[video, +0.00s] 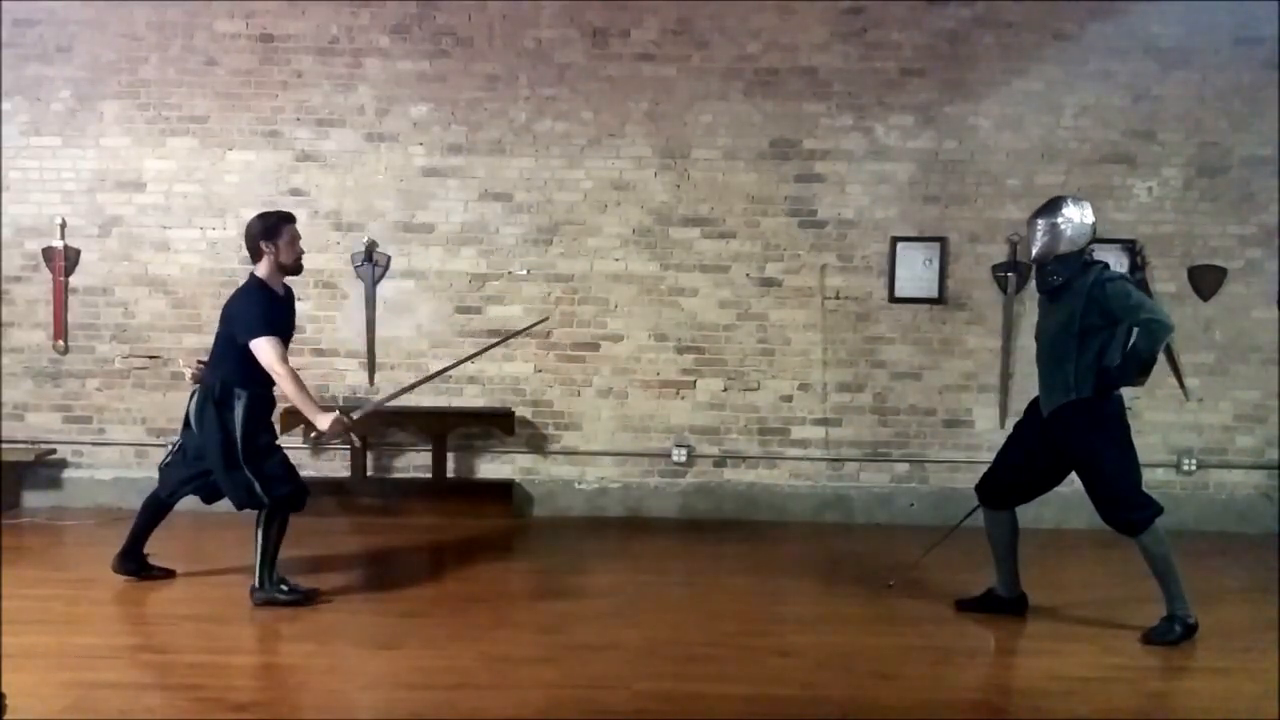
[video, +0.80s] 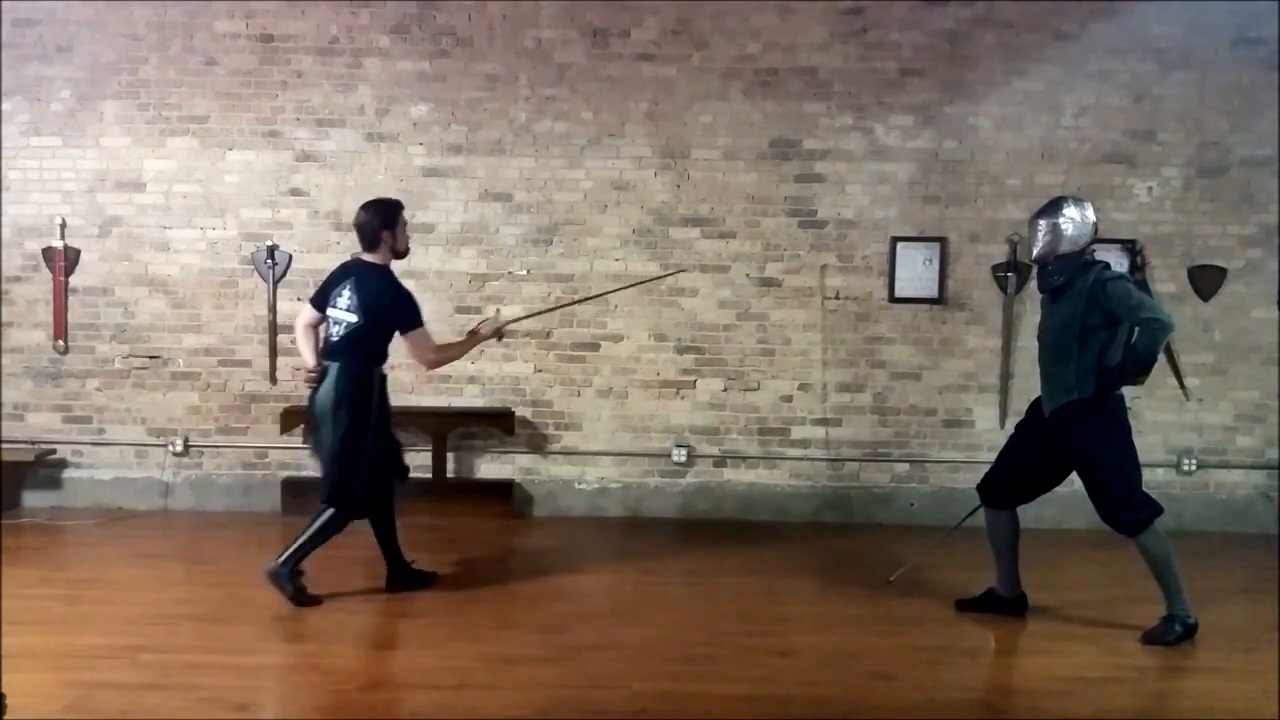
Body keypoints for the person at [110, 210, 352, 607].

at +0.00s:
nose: (302, 247)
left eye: (299, 239)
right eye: (294, 241)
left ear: (272, 249)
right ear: (268, 249)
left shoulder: (282, 295)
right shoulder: (251, 303)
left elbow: (249, 349)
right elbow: (279, 368)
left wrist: (213, 368)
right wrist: (318, 416)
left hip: (230, 409)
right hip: (228, 414)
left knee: (174, 483)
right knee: (281, 490)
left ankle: (129, 555)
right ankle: (266, 583)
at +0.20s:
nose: (329, 241)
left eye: (326, 233)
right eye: (322, 234)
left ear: (293, 241)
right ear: (298, 241)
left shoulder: (282, 284)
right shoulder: (287, 294)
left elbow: (256, 339)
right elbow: (299, 374)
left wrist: (228, 361)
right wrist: (351, 415)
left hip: (233, 390)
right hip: (253, 399)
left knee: (219, 477)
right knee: (288, 490)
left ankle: (165, 553)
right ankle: (267, 584)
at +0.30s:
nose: (343, 239)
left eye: (340, 231)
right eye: (337, 233)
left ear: (307, 241)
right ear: (314, 240)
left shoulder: (284, 280)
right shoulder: (303, 291)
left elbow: (253, 322)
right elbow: (312, 375)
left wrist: (230, 354)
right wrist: (369, 408)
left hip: (232, 388)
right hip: (261, 396)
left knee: (245, 484)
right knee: (293, 489)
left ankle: (217, 565)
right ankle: (268, 583)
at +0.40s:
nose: (354, 237)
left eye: (352, 229)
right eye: (349, 230)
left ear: (315, 239)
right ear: (328, 238)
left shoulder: (292, 275)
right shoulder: (320, 290)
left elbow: (252, 315)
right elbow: (329, 374)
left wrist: (239, 353)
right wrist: (388, 405)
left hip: (249, 385)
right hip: (272, 392)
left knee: (288, 484)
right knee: (293, 489)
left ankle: (279, 576)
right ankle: (270, 583)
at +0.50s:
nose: (365, 237)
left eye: (362, 229)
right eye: (360, 231)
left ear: (322, 239)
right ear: (342, 238)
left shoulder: (297, 275)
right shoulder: (337, 295)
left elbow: (256, 313)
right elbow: (347, 377)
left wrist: (248, 355)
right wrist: (403, 395)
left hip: (260, 389)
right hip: (287, 394)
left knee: (312, 483)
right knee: (302, 488)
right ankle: (268, 581)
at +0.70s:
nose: (391, 238)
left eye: (388, 230)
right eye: (386, 232)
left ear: (349, 240)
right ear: (369, 240)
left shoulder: (326, 276)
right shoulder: (373, 297)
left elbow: (284, 321)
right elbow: (392, 372)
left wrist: (286, 359)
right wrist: (444, 363)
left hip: (313, 395)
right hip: (330, 401)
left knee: (359, 488)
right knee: (324, 497)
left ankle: (392, 569)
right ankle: (270, 580)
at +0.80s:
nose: (408, 234)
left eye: (406, 226)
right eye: (403, 227)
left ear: (367, 234)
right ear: (387, 234)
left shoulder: (343, 274)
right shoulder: (393, 292)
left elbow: (305, 323)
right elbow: (429, 356)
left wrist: (313, 363)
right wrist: (476, 337)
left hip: (334, 391)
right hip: (358, 397)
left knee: (380, 482)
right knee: (354, 494)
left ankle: (397, 568)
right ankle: (287, 565)